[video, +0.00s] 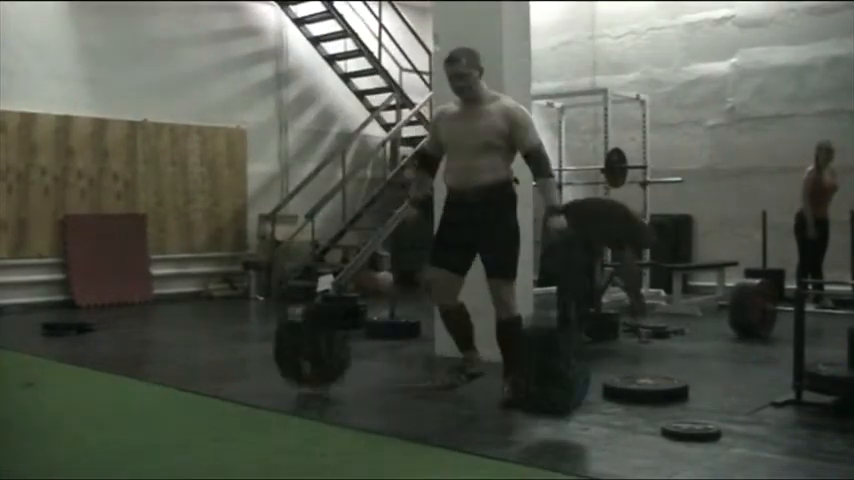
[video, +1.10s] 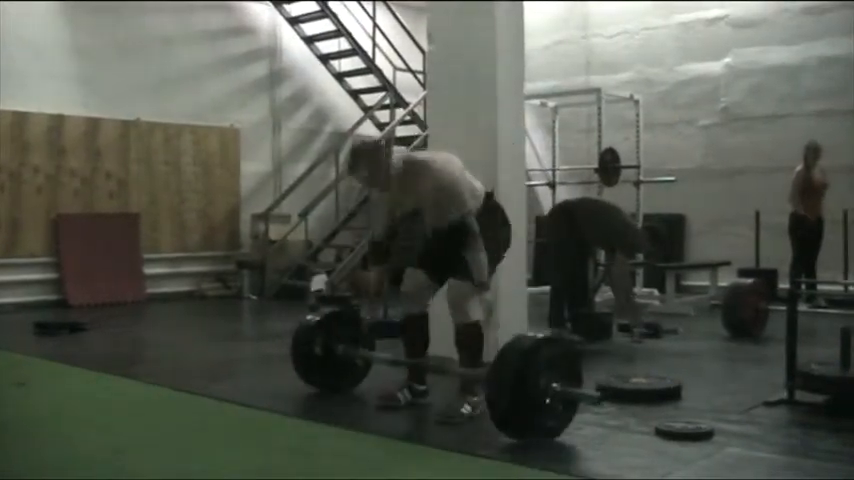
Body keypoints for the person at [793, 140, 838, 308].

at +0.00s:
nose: (826, 157)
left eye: (828, 154)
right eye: (823, 154)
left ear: (831, 156)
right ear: (817, 154)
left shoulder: (830, 173)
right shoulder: (811, 173)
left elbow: (829, 194)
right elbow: (805, 200)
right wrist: (810, 224)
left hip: (821, 219)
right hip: (807, 218)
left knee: (817, 259)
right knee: (805, 258)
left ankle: (819, 294)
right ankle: (801, 293)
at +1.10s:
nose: (814, 158)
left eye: (816, 155)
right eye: (812, 154)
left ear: (819, 156)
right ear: (806, 154)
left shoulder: (819, 173)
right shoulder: (801, 173)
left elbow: (818, 195)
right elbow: (794, 196)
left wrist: (823, 187)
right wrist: (801, 212)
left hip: (815, 219)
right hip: (800, 219)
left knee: (811, 259)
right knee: (799, 258)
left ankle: (812, 294)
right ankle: (794, 293)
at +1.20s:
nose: (813, 158)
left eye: (816, 155)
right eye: (811, 154)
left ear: (819, 156)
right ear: (805, 154)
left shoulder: (820, 174)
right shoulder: (800, 173)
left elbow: (818, 197)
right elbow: (792, 196)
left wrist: (821, 213)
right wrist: (801, 208)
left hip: (816, 219)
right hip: (801, 218)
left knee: (811, 259)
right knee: (799, 258)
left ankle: (812, 294)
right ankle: (795, 294)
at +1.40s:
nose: (811, 158)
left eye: (814, 155)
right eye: (809, 154)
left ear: (818, 156)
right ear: (804, 154)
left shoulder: (821, 172)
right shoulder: (799, 172)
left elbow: (821, 195)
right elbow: (790, 196)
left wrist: (829, 202)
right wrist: (806, 201)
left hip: (817, 217)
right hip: (801, 217)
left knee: (812, 258)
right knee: (800, 257)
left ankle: (812, 294)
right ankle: (795, 294)